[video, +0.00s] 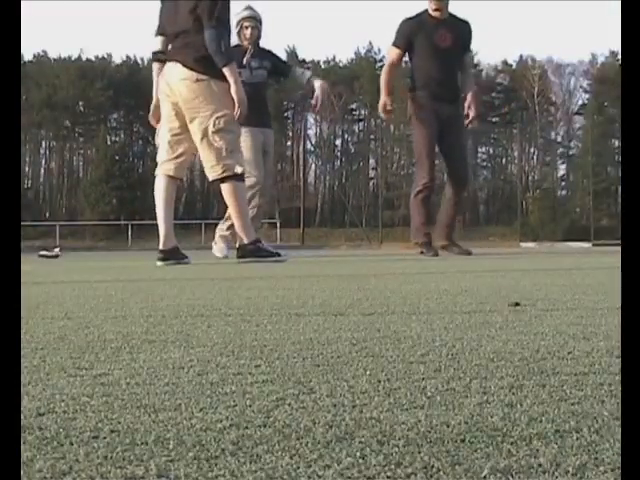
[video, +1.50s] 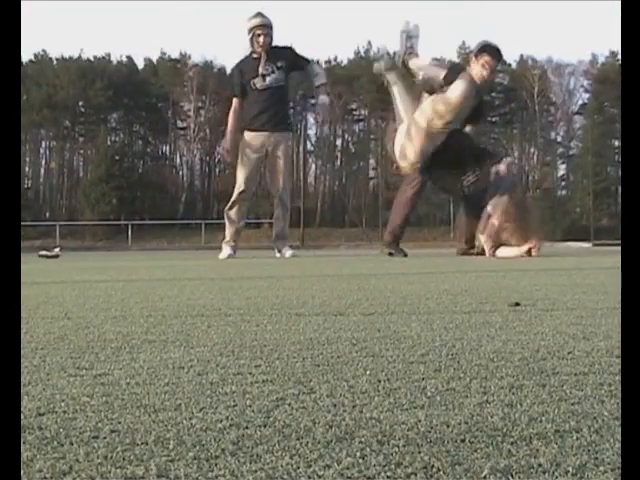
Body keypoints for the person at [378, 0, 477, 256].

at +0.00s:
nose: (436, 1)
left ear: (447, 0)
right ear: (427, 1)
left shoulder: (462, 27)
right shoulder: (411, 25)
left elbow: (466, 68)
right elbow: (391, 63)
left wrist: (471, 95)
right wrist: (384, 95)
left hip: (452, 108)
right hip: (422, 106)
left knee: (459, 177)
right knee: (425, 177)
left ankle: (444, 238)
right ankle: (422, 239)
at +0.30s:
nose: (434, 2)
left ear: (445, 1)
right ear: (424, 1)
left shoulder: (460, 28)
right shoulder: (410, 27)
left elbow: (467, 73)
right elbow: (393, 69)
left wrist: (477, 110)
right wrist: (381, 107)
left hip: (450, 106)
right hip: (422, 103)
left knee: (445, 178)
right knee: (424, 174)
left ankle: (437, 240)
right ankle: (422, 240)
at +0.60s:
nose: (436, 7)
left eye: (441, 3)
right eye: (432, 3)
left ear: (448, 5)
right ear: (425, 5)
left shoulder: (461, 34)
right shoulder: (410, 31)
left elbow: (470, 76)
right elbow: (392, 70)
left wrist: (479, 115)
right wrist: (381, 107)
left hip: (446, 109)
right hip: (417, 106)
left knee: (446, 183)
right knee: (418, 173)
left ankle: (433, 241)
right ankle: (410, 236)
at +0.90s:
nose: (434, 10)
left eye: (440, 5)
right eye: (429, 4)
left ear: (448, 8)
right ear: (422, 6)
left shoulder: (455, 41)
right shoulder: (404, 35)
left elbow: (460, 84)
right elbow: (385, 74)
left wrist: (468, 120)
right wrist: (376, 109)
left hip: (437, 113)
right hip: (409, 110)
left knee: (446, 179)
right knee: (409, 174)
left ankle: (433, 242)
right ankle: (394, 241)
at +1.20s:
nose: (456, 28)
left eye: (461, 24)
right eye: (452, 21)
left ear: (466, 25)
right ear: (443, 18)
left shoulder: (464, 56)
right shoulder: (417, 41)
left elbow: (458, 97)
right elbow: (388, 78)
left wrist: (458, 124)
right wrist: (389, 109)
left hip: (434, 117)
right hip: (404, 114)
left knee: (451, 177)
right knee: (408, 176)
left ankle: (462, 242)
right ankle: (394, 242)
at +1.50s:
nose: (487, 71)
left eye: (492, 68)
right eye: (484, 64)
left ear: (495, 72)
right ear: (473, 60)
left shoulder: (479, 104)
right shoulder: (453, 75)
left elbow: (469, 130)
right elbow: (423, 68)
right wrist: (410, 60)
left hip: (449, 138)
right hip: (424, 131)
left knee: (479, 175)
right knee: (415, 180)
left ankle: (468, 243)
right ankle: (391, 240)